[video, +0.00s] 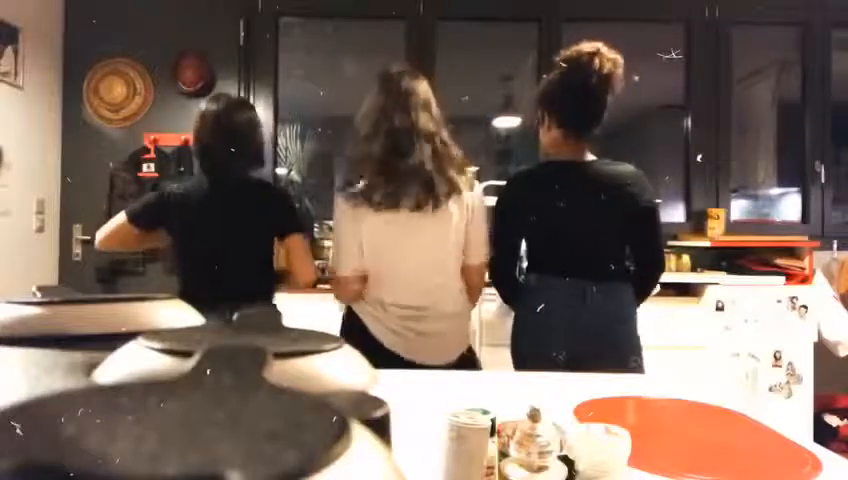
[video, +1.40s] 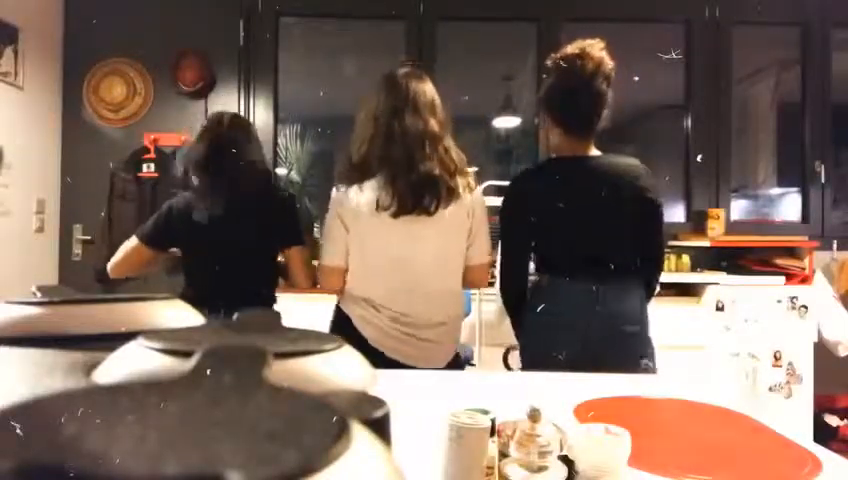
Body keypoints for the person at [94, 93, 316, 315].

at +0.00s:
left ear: (197, 144)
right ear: (256, 144)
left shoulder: (176, 198)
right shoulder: (274, 199)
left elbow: (105, 240)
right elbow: (305, 277)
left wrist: (167, 237)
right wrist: (270, 272)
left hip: (194, 332)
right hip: (260, 334)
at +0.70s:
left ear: (192, 144)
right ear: (247, 145)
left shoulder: (170, 201)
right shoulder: (265, 200)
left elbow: (107, 255)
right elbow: (299, 277)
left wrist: (159, 247)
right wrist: (261, 261)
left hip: (195, 332)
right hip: (260, 331)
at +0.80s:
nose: (255, 153)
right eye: (252, 145)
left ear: (195, 155)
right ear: (248, 154)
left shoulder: (173, 213)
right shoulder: (271, 211)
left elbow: (111, 271)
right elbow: (302, 288)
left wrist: (165, 258)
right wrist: (270, 269)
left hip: (197, 345)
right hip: (262, 345)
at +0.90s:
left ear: (195, 144)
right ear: (250, 142)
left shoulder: (174, 202)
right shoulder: (272, 202)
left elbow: (111, 258)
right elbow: (302, 279)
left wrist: (163, 244)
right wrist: (264, 263)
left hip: (196, 336)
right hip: (260, 337)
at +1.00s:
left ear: (196, 144)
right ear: (250, 142)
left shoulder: (176, 200)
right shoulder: (272, 200)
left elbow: (112, 257)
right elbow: (302, 278)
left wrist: (163, 242)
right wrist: (264, 260)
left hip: (197, 331)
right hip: (262, 331)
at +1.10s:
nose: (184, 165)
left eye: (188, 155)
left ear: (196, 162)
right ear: (249, 158)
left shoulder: (183, 215)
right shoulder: (276, 211)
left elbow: (120, 276)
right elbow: (304, 287)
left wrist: (171, 259)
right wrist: (271, 270)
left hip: (205, 342)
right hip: (266, 342)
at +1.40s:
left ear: (198, 158)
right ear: (253, 153)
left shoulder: (184, 208)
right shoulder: (278, 204)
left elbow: (117, 268)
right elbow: (303, 281)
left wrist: (170, 257)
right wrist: (270, 264)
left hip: (196, 331)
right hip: (261, 332)